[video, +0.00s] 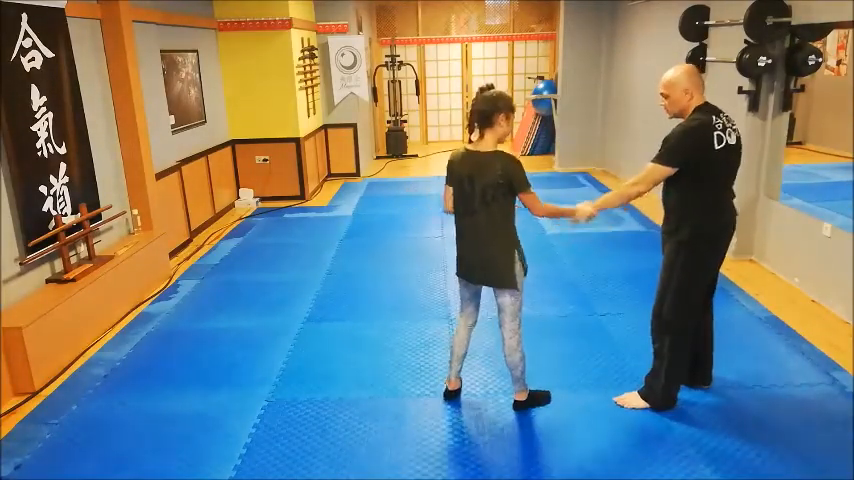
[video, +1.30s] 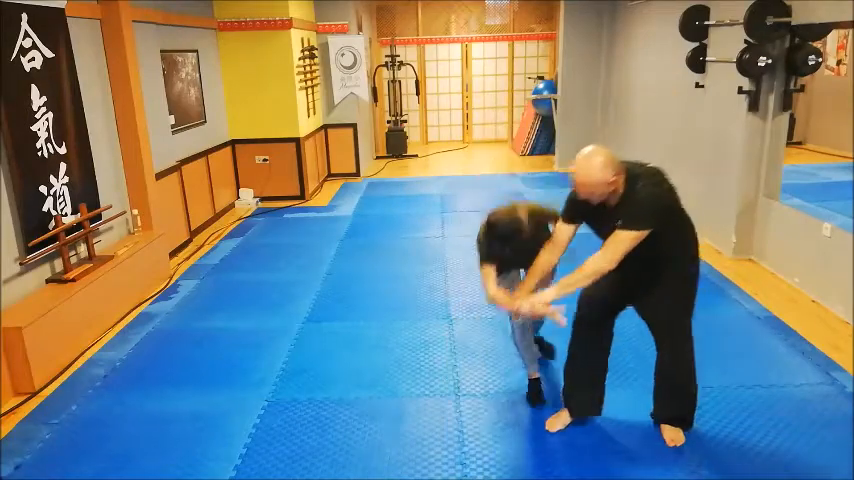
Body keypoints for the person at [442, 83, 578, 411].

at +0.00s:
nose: (512, 124)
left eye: (512, 118)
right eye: (510, 118)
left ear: (481, 120)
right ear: (499, 120)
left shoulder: (458, 159)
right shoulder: (508, 163)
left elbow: (449, 205)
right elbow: (538, 208)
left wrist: (481, 200)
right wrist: (573, 211)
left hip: (468, 254)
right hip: (502, 255)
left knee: (466, 317)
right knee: (510, 327)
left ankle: (452, 383)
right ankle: (521, 393)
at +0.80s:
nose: (526, 147)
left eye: (529, 142)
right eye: (525, 141)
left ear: (503, 134)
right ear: (506, 134)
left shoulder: (475, 155)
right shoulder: (496, 167)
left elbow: (475, 194)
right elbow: (537, 209)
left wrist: (501, 210)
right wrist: (577, 222)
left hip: (463, 244)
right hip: (484, 247)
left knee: (462, 313)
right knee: (519, 308)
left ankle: (451, 382)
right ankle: (519, 378)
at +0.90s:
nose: (531, 155)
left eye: (535, 151)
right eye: (529, 150)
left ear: (513, 137)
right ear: (513, 140)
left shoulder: (492, 154)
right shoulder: (504, 168)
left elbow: (503, 189)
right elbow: (528, 213)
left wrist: (521, 212)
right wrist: (566, 228)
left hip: (477, 243)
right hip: (490, 247)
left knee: (481, 306)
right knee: (523, 308)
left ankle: (454, 374)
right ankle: (520, 378)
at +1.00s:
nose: (531, 163)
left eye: (537, 158)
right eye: (527, 156)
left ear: (543, 153)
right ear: (514, 148)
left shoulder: (524, 170)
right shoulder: (504, 175)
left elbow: (528, 202)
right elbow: (522, 221)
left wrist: (534, 219)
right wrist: (556, 243)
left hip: (508, 239)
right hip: (490, 240)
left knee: (509, 306)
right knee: (523, 310)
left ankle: (465, 352)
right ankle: (522, 376)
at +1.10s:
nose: (528, 181)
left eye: (534, 176)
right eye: (522, 176)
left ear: (541, 168)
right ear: (512, 168)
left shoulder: (536, 177)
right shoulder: (502, 188)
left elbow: (543, 203)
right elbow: (515, 240)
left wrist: (545, 222)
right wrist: (548, 262)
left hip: (525, 236)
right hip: (496, 240)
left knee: (533, 300)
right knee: (519, 310)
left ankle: (489, 338)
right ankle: (528, 373)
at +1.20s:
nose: (521, 213)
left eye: (526, 209)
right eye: (517, 209)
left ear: (536, 196)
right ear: (508, 200)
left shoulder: (542, 185)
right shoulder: (496, 206)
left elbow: (555, 192)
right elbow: (502, 262)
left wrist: (552, 228)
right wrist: (540, 279)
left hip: (534, 244)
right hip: (504, 253)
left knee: (537, 305)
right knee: (519, 319)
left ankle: (517, 334)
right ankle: (530, 372)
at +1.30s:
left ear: (525, 230)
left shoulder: (542, 220)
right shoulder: (488, 235)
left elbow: (547, 272)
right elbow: (493, 291)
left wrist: (532, 298)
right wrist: (528, 308)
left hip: (538, 258)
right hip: (506, 265)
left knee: (538, 310)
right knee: (519, 319)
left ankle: (533, 337)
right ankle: (533, 375)